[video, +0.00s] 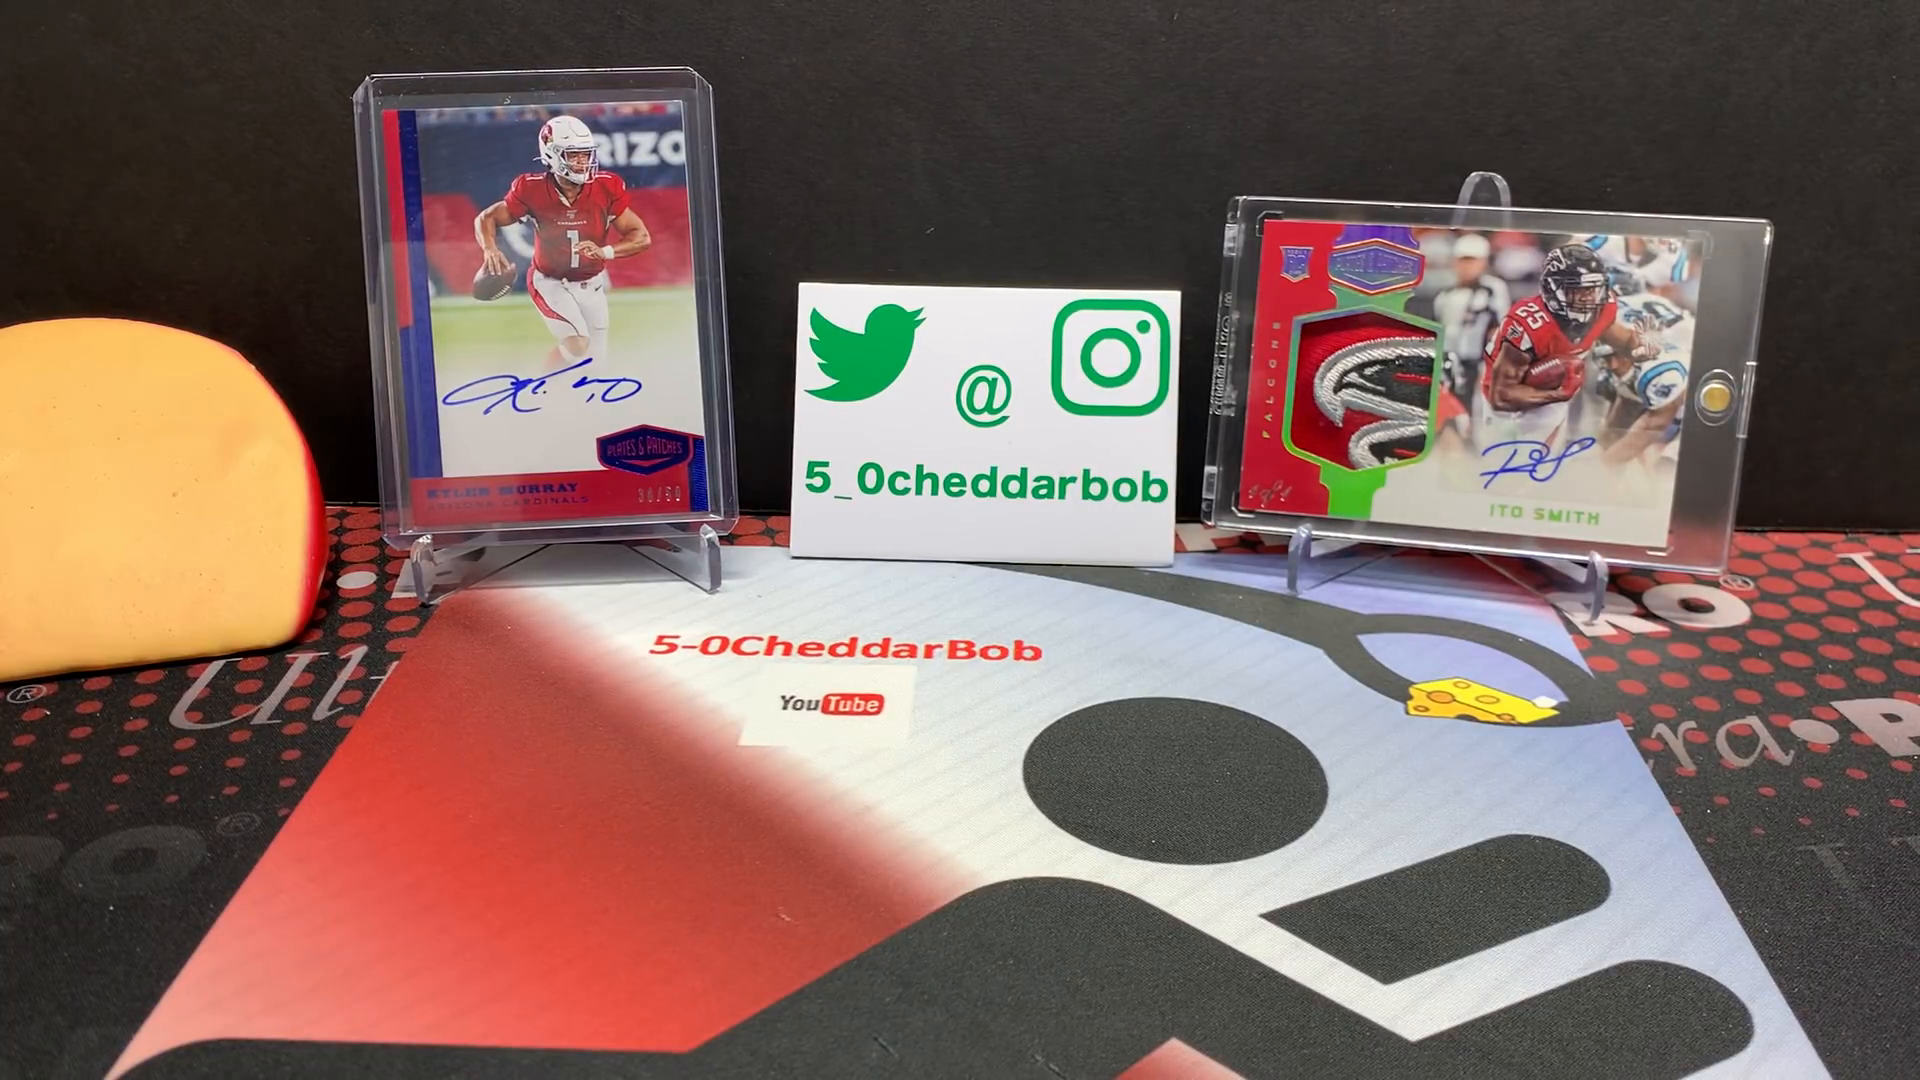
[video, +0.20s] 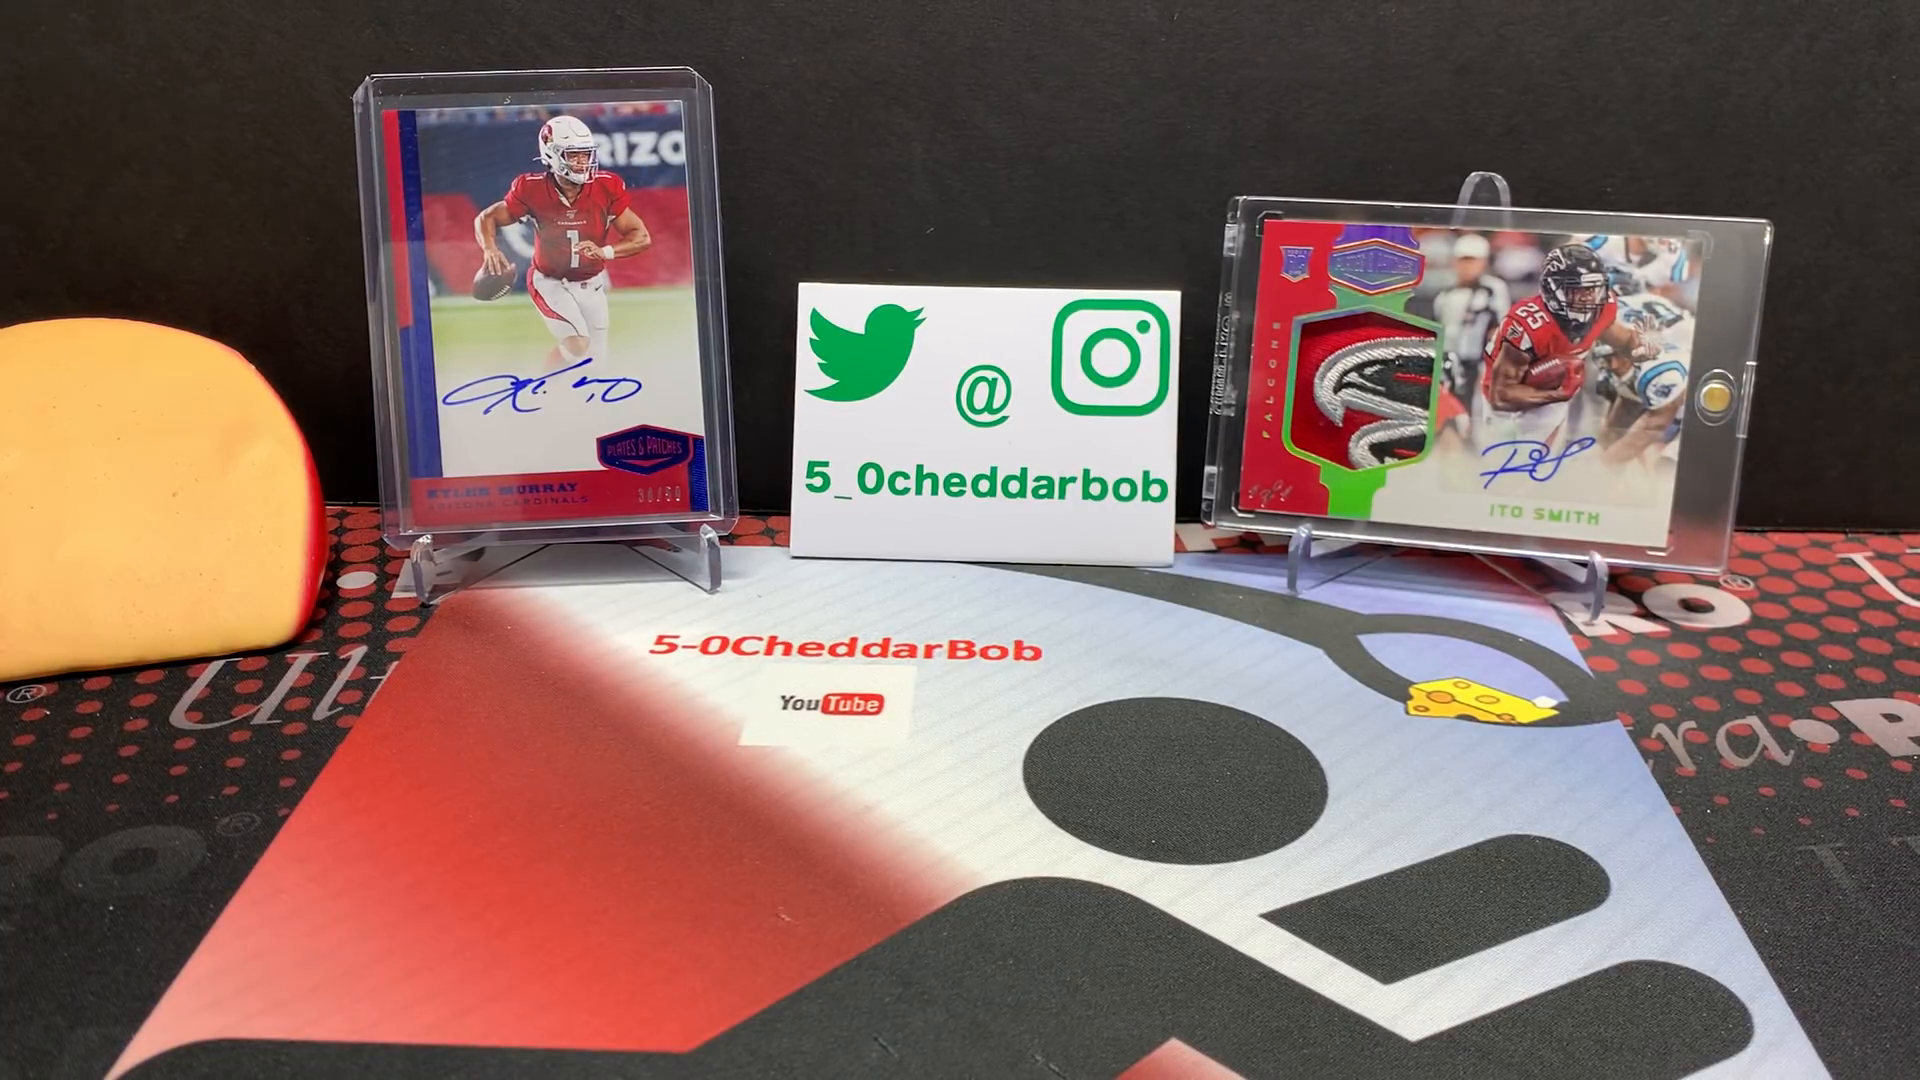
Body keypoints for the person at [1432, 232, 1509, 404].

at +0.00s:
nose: (1467, 266)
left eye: (1473, 259)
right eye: (1463, 259)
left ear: (1484, 261)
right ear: (1456, 262)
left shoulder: (1495, 288)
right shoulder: (1443, 297)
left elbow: (1503, 328)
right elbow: (1441, 332)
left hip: (1482, 365)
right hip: (1450, 365)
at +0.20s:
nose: (1467, 266)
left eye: (1473, 259)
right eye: (1463, 259)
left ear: (1484, 262)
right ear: (1455, 262)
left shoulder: (1495, 288)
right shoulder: (1443, 297)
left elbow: (1502, 329)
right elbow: (1439, 332)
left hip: (1482, 366)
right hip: (1450, 365)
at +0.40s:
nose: (1467, 266)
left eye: (1473, 259)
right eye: (1463, 259)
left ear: (1484, 262)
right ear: (1455, 262)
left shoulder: (1495, 288)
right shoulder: (1443, 297)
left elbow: (1502, 328)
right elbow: (1440, 334)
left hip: (1483, 367)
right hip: (1451, 367)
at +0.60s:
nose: (1467, 265)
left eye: (1473, 259)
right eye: (1463, 259)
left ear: (1484, 261)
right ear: (1456, 261)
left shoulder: (1495, 288)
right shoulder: (1443, 297)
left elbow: (1502, 328)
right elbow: (1440, 333)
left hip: (1482, 366)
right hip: (1450, 365)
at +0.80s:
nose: (1467, 266)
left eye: (1473, 259)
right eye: (1463, 259)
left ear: (1484, 261)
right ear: (1455, 262)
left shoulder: (1495, 288)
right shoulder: (1443, 297)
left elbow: (1501, 328)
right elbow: (1440, 333)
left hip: (1483, 366)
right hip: (1451, 366)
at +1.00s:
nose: (1467, 266)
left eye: (1473, 259)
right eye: (1463, 259)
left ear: (1484, 262)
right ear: (1455, 262)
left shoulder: (1495, 288)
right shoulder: (1443, 297)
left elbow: (1502, 328)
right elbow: (1440, 333)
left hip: (1482, 366)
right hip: (1450, 366)